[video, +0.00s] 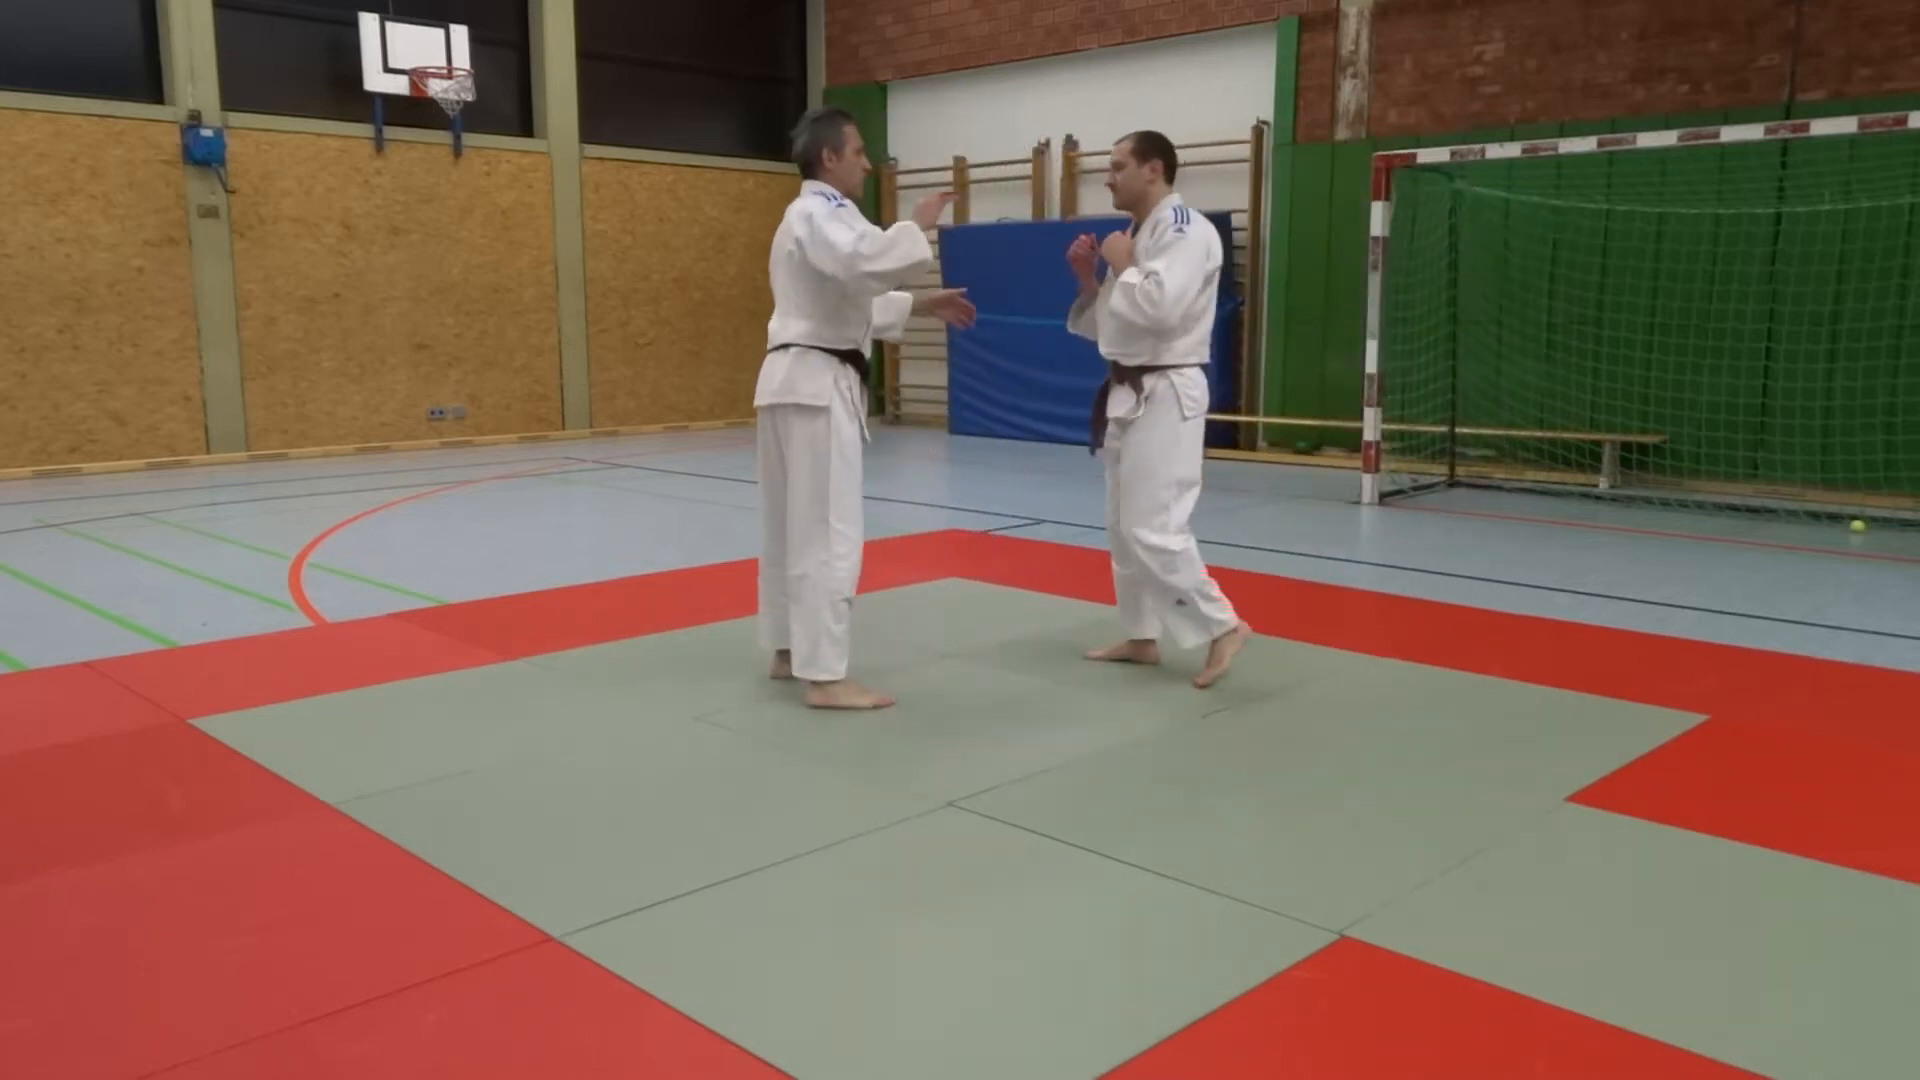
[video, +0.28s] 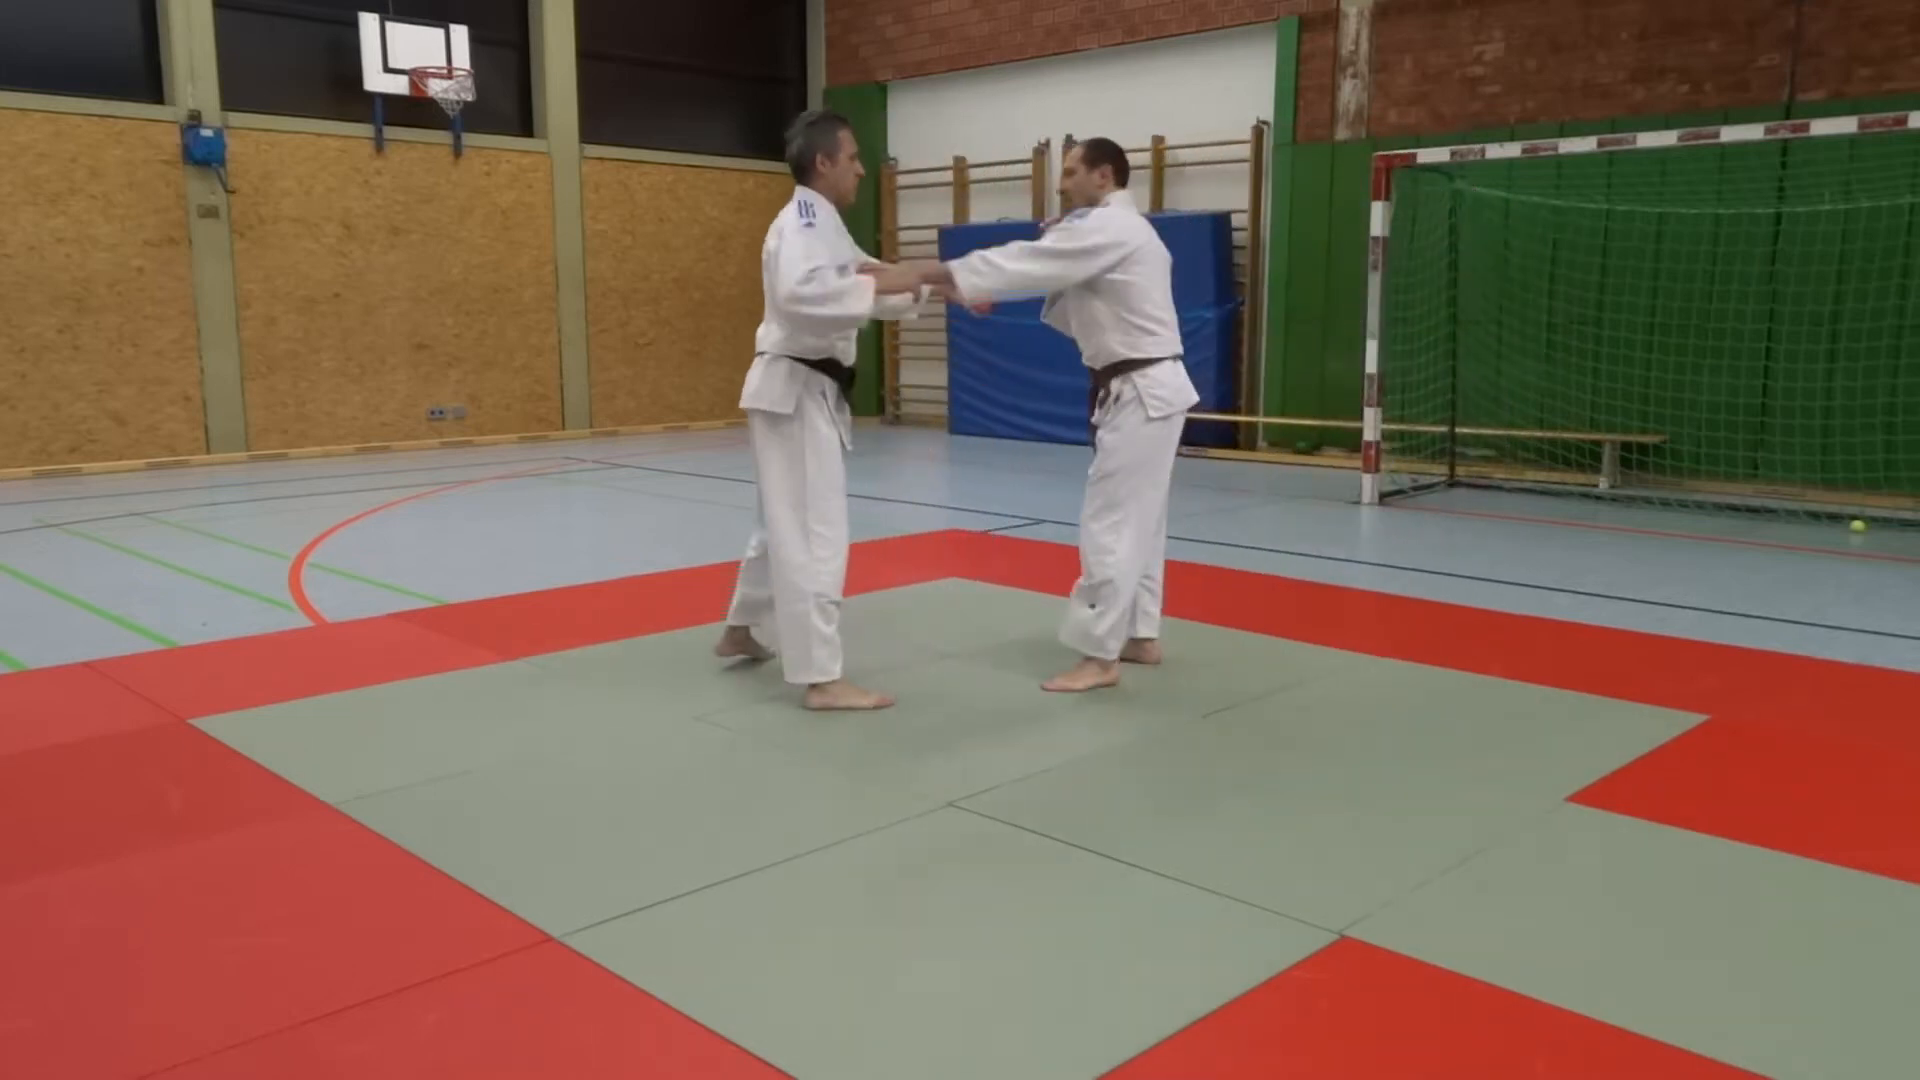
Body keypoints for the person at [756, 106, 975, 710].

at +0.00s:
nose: (867, 163)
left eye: (865, 152)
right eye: (859, 152)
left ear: (818, 159)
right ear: (831, 156)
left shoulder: (802, 215)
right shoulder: (822, 212)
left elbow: (847, 307)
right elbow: (857, 264)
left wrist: (923, 304)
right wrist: (917, 227)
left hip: (787, 378)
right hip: (818, 382)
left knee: (792, 520)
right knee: (830, 530)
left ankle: (789, 651)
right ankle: (825, 679)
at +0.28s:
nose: (859, 169)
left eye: (857, 158)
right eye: (851, 158)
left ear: (818, 164)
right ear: (821, 163)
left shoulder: (825, 224)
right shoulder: (801, 223)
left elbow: (866, 290)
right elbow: (800, 293)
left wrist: (939, 294)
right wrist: (881, 286)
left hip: (807, 387)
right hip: (794, 389)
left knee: (790, 520)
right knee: (815, 532)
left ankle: (742, 631)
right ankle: (820, 679)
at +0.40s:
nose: (852, 182)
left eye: (851, 170)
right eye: (843, 170)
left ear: (814, 176)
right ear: (808, 175)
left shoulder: (839, 241)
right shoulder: (774, 232)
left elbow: (905, 279)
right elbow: (728, 301)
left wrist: (982, 292)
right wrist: (801, 307)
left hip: (805, 395)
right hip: (776, 393)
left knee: (762, 525)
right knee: (809, 532)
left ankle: (713, 641)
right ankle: (820, 679)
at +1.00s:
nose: (866, 174)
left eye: (863, 164)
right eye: (857, 164)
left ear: (827, 173)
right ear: (828, 171)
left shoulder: (838, 237)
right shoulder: (806, 229)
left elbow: (883, 300)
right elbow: (805, 278)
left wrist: (953, 312)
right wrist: (875, 253)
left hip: (802, 385)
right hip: (815, 389)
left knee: (786, 516)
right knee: (861, 522)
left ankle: (729, 619)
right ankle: (859, 655)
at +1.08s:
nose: (875, 174)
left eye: (874, 163)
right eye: (868, 163)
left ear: (837, 170)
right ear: (841, 168)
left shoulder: (841, 224)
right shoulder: (824, 221)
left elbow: (886, 292)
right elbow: (859, 272)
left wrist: (957, 298)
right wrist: (913, 228)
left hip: (823, 380)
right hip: (828, 384)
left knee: (828, 513)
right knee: (858, 520)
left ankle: (757, 598)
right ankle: (858, 657)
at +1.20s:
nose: (883, 173)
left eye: (881, 162)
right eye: (876, 162)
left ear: (845, 166)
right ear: (848, 164)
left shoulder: (843, 218)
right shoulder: (831, 218)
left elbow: (896, 296)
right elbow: (905, 252)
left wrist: (960, 279)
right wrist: (961, 223)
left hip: (841, 376)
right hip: (837, 380)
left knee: (852, 505)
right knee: (867, 519)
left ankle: (827, 608)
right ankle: (856, 661)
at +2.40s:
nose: (895, 180)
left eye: (893, 171)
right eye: (885, 170)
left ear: (859, 177)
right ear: (852, 175)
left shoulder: (859, 226)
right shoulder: (836, 219)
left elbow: (877, 302)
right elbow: (892, 246)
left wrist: (946, 313)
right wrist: (967, 229)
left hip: (852, 372)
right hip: (828, 369)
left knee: (845, 503)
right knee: (832, 505)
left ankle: (845, 617)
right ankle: (775, 621)